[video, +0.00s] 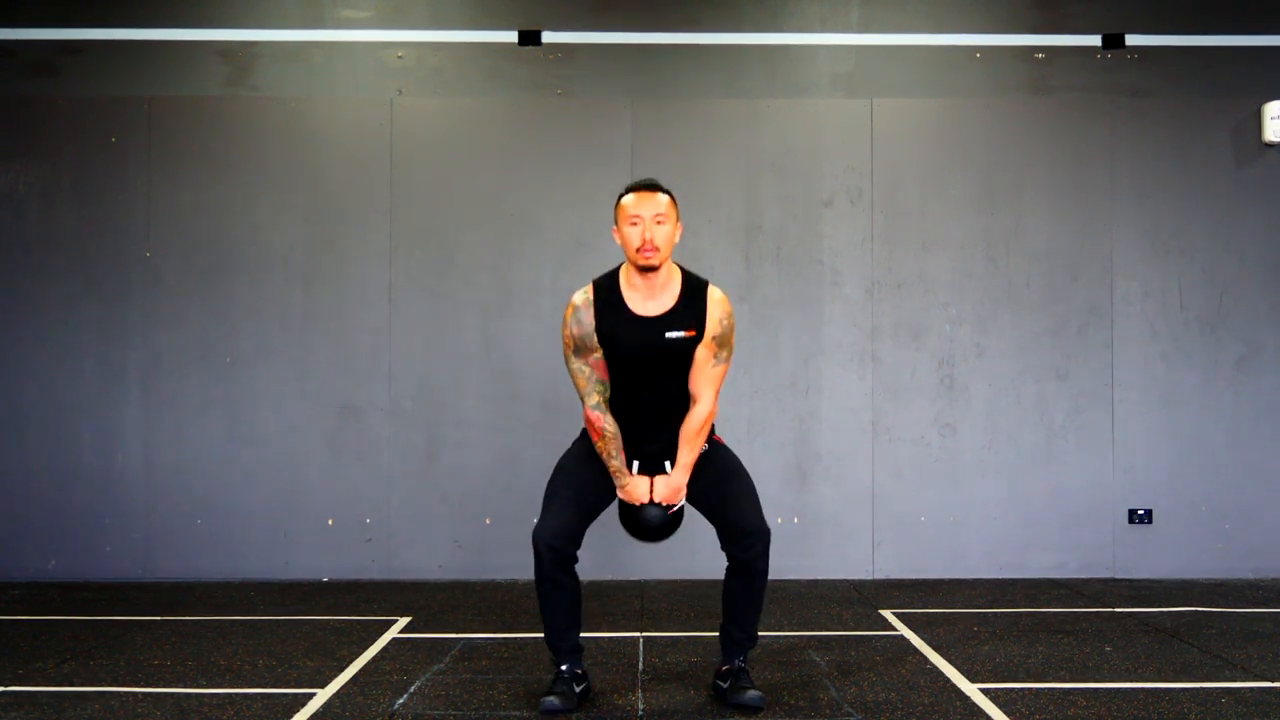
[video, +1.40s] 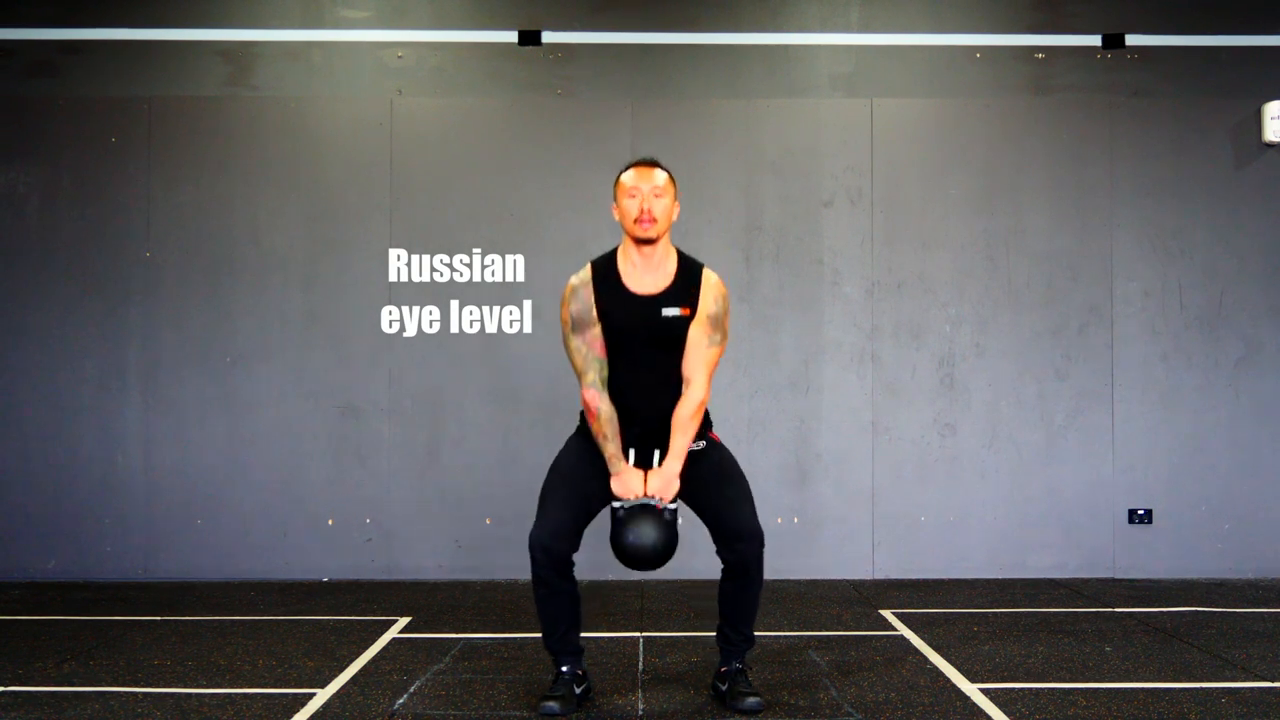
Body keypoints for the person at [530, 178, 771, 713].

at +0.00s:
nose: (646, 234)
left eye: (659, 222)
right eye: (633, 223)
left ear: (677, 231)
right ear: (617, 233)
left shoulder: (712, 306)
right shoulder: (586, 309)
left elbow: (703, 401)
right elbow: (595, 405)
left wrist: (681, 472)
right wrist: (621, 474)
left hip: (690, 445)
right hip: (609, 445)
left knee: (750, 535)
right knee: (552, 537)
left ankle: (734, 668)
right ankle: (568, 673)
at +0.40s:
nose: (653, 188)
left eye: (664, 178)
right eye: (641, 178)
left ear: (680, 190)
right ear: (623, 191)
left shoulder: (712, 261)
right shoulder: (590, 263)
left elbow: (705, 324)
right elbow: (596, 324)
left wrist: (680, 373)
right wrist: (623, 369)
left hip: (691, 426)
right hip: (610, 426)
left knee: (723, 553)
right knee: (581, 553)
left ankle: (730, 672)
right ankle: (573, 673)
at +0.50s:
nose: (655, 180)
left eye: (667, 172)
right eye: (644, 172)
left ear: (682, 189)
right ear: (625, 189)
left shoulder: (706, 251)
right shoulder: (597, 250)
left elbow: (707, 283)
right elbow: (594, 276)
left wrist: (671, 287)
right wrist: (622, 284)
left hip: (690, 415)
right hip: (612, 413)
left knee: (716, 543)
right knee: (583, 544)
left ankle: (729, 670)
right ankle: (573, 672)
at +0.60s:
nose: (655, 175)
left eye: (666, 165)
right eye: (645, 164)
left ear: (681, 183)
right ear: (626, 180)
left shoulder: (702, 249)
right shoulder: (601, 247)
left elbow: (715, 260)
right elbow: (583, 250)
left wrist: (679, 199)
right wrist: (618, 204)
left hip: (687, 413)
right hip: (611, 411)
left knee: (712, 545)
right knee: (586, 545)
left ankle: (729, 670)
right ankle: (573, 672)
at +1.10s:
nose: (647, 166)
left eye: (659, 159)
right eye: (636, 159)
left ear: (676, 179)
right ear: (620, 179)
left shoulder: (701, 240)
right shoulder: (596, 242)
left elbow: (707, 269)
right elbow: (581, 262)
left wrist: (668, 267)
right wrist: (607, 266)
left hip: (687, 415)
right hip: (608, 413)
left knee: (713, 543)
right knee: (581, 544)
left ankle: (729, 670)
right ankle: (571, 672)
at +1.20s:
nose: (646, 167)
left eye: (658, 159)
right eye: (635, 159)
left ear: (676, 179)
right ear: (619, 178)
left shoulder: (705, 249)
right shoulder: (588, 248)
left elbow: (699, 311)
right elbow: (590, 308)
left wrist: (669, 357)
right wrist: (619, 352)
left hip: (685, 413)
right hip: (608, 412)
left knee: (722, 544)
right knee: (572, 545)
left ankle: (730, 670)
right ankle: (571, 672)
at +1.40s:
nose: (645, 204)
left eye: (656, 194)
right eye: (633, 194)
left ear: (675, 207)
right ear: (616, 209)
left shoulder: (707, 288)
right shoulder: (583, 289)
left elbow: (696, 389)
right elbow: (593, 389)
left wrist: (672, 465)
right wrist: (617, 464)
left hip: (686, 440)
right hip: (604, 439)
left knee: (745, 537)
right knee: (548, 541)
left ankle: (733, 670)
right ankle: (569, 674)